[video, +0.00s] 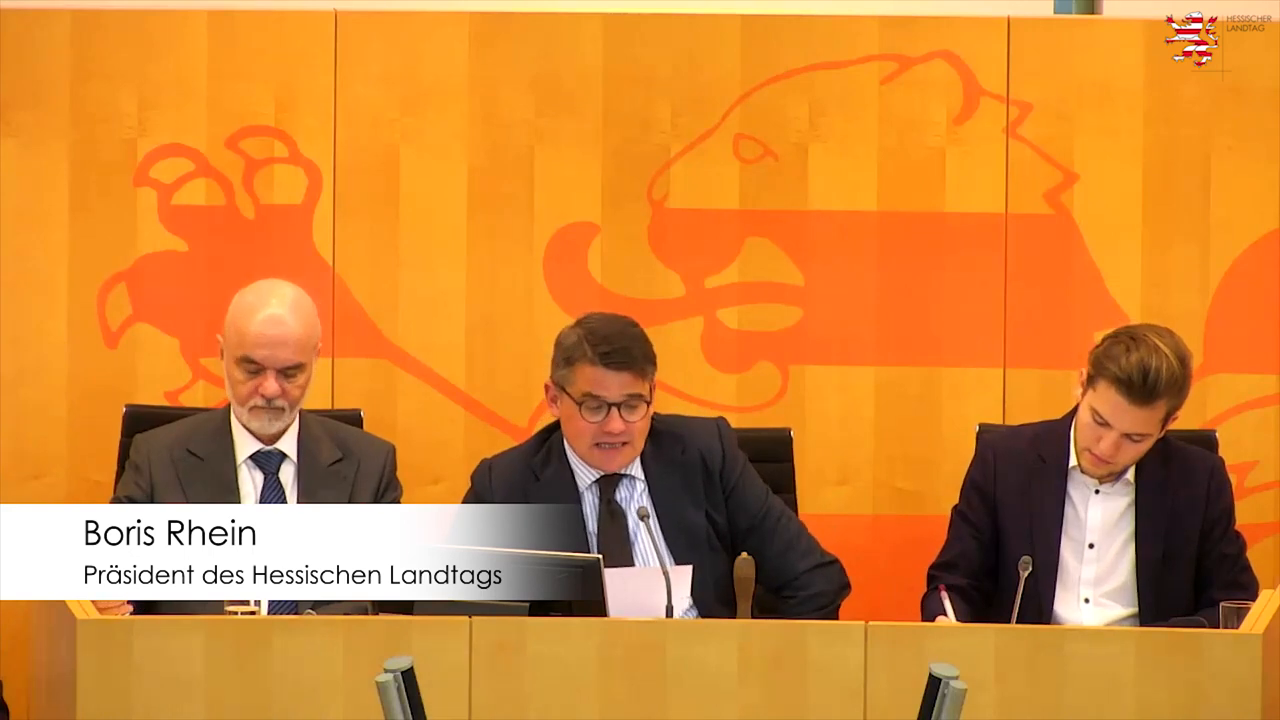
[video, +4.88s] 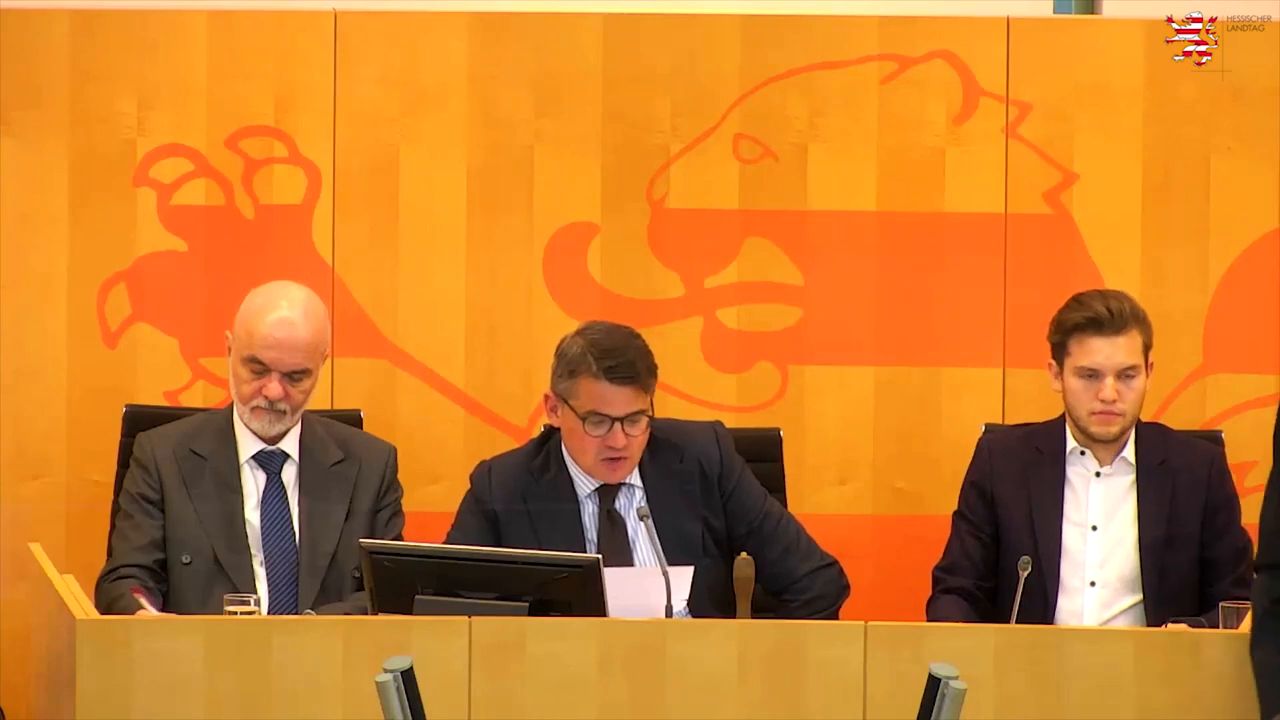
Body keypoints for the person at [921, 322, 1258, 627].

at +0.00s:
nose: (1106, 448)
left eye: (1133, 438)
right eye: (1098, 420)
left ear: (1166, 423)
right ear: (1082, 384)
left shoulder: (1200, 478)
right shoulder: (1003, 458)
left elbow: (1238, 601)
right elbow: (953, 583)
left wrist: (1164, 645)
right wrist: (954, 636)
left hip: (1151, 680)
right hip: (1026, 672)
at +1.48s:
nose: (1095, 425)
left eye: (1119, 408)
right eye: (1082, 400)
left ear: (1149, 395)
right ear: (1062, 377)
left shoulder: (1195, 477)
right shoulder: (998, 460)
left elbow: (1240, 610)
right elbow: (956, 587)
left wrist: (1137, 596)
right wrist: (939, 615)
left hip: (1150, 686)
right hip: (1022, 679)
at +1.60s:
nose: (1095, 422)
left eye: (1117, 404)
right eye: (1079, 400)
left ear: (1146, 389)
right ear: (1055, 381)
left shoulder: (1191, 473)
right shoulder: (997, 459)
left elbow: (1225, 606)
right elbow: (956, 587)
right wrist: (941, 617)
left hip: (1150, 680)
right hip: (1022, 674)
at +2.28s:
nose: (1113, 410)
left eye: (1129, 386)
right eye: (1091, 391)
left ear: (1146, 377)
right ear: (1056, 387)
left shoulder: (1205, 474)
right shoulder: (1008, 463)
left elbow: (1233, 606)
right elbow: (967, 586)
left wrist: (1122, 559)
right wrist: (940, 617)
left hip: (1154, 677)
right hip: (1027, 673)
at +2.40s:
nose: (1115, 406)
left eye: (1129, 382)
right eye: (1092, 387)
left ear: (1145, 374)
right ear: (1055, 387)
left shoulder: (1205, 472)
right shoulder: (1009, 464)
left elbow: (1245, 606)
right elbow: (968, 587)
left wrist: (1144, 598)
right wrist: (943, 614)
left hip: (1158, 685)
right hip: (1029, 680)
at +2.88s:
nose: (1100, 389)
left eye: (1118, 370)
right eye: (1081, 370)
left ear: (1146, 374)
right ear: (1056, 375)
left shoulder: (1199, 469)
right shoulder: (1003, 460)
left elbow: (1240, 601)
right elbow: (956, 583)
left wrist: (1175, 641)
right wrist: (945, 616)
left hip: (1159, 672)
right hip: (1030, 667)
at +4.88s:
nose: (1109, 394)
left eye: (1126, 375)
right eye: (1090, 375)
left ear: (1147, 375)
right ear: (1056, 374)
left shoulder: (1199, 465)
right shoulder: (1002, 457)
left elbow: (1237, 600)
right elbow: (957, 589)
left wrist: (1194, 636)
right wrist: (966, 659)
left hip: (1155, 677)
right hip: (1027, 672)